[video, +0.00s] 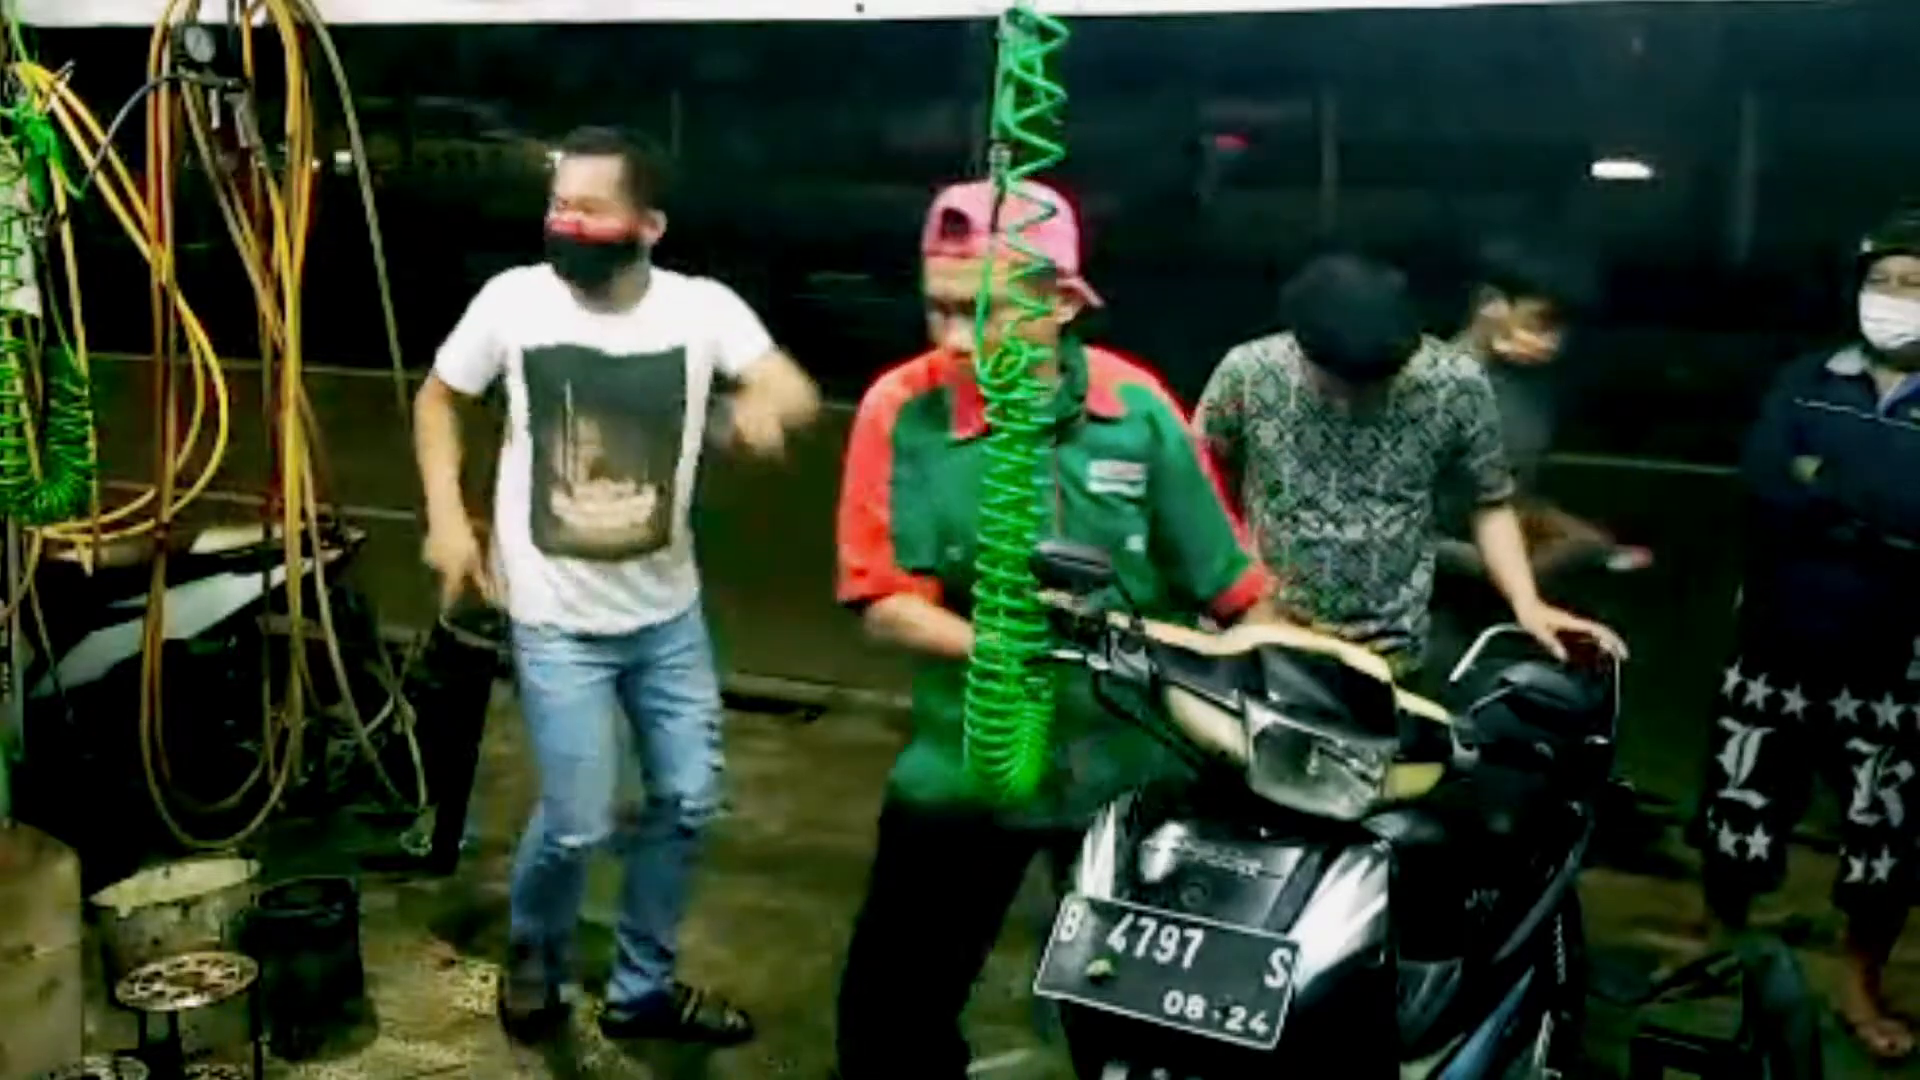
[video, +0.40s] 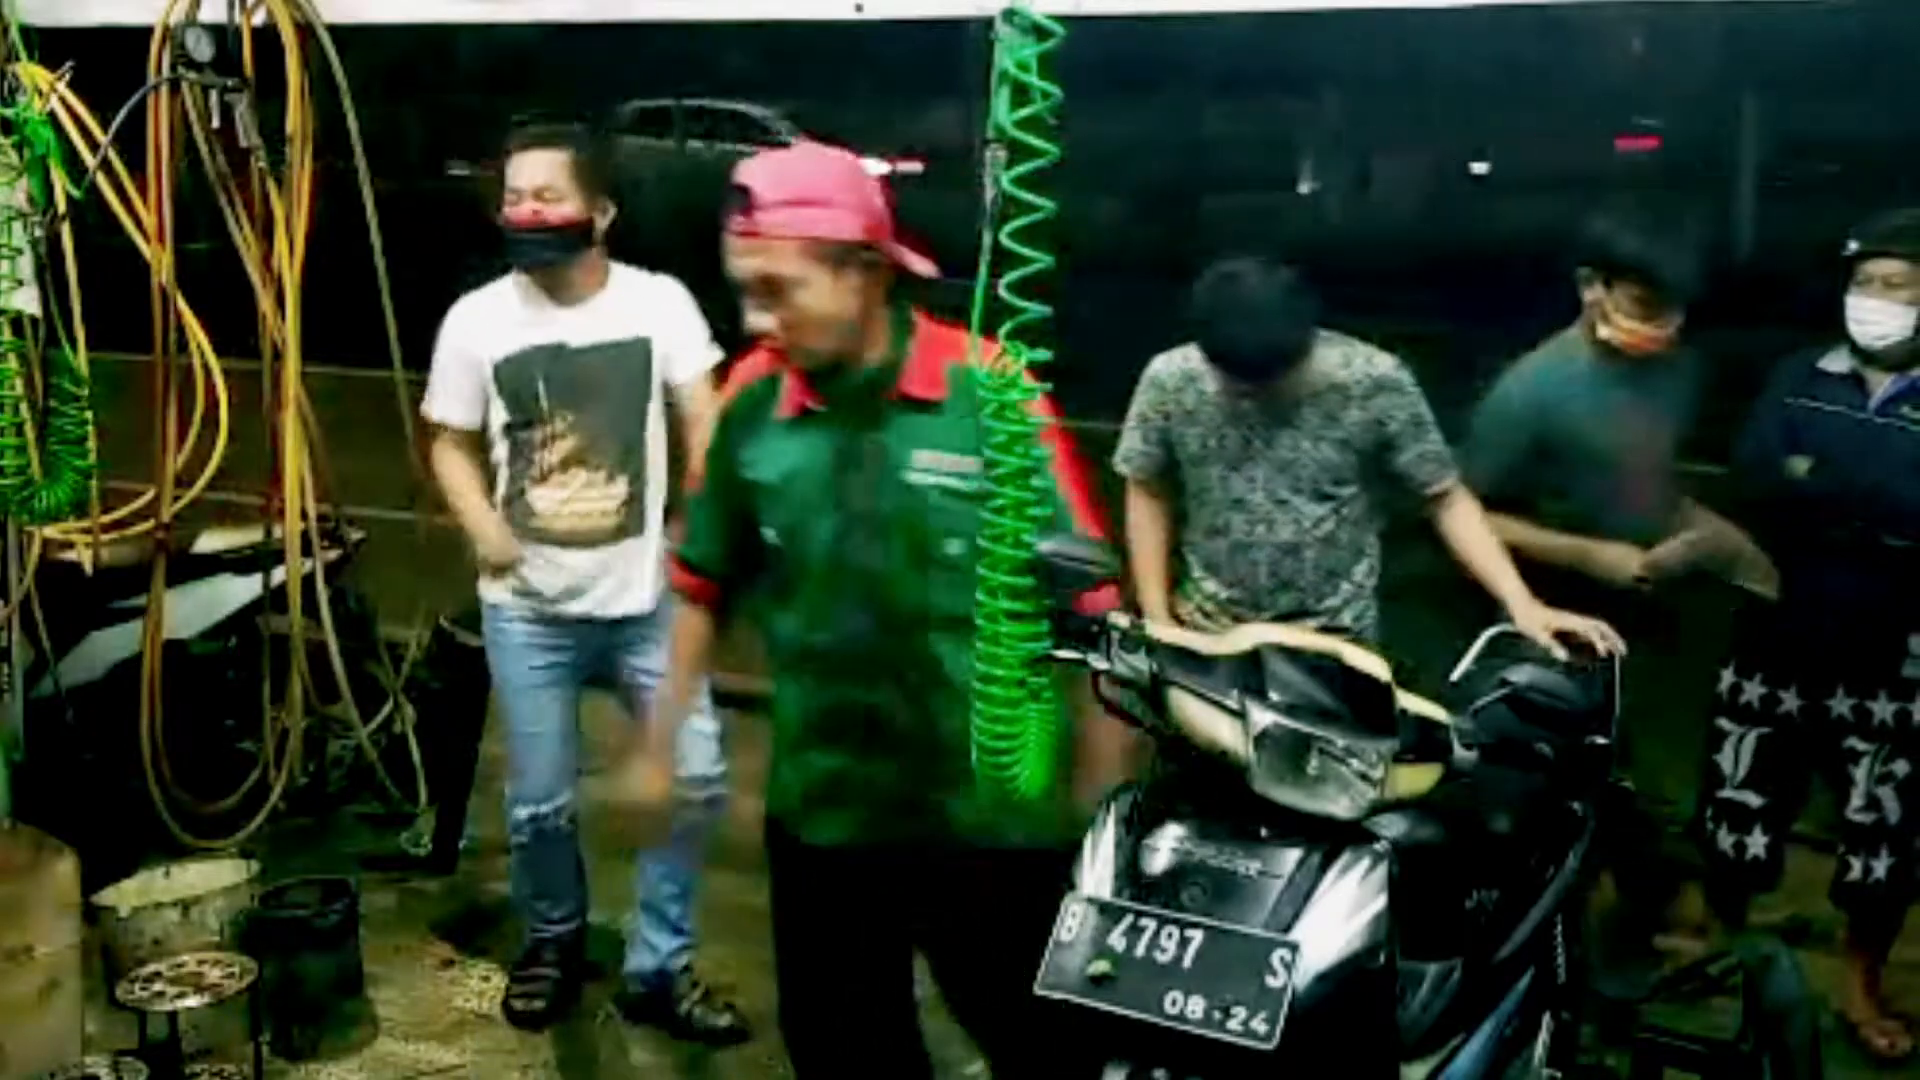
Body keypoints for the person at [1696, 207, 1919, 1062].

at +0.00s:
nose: (1897, 301)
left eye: (1913, 288)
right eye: (1885, 284)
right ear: (1858, 293)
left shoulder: (1918, 412)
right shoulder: (1807, 385)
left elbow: (1910, 517)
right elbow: (1761, 484)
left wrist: (1820, 475)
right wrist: (1871, 520)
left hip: (1889, 660)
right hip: (1782, 644)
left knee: (1884, 841)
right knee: (1737, 813)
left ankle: (1862, 981)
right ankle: (1716, 944)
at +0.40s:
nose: (1879, 304)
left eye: (1899, 291)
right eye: (1868, 286)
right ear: (1845, 293)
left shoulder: (1917, 411)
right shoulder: (1799, 384)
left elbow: (1909, 512)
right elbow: (1748, 483)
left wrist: (1814, 476)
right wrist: (1860, 507)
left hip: (1890, 649)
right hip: (1782, 632)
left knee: (1883, 832)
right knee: (1737, 799)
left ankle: (1863, 980)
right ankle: (1719, 932)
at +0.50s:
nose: (1876, 306)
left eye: (1896, 292)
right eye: (1864, 288)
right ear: (1838, 296)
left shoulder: (1918, 406)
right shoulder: (1787, 388)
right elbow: (1725, 496)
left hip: (1892, 656)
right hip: (1784, 643)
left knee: (1886, 837)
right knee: (1757, 808)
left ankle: (1862, 984)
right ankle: (1724, 942)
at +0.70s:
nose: (1868, 305)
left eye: (1888, 291)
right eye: (1856, 287)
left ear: (1918, 304)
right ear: (1835, 294)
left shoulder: (1908, 410)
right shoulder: (1805, 398)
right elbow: (1794, 524)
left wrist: (1882, 649)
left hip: (1901, 652)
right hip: (1815, 645)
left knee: (1885, 843)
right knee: (1820, 831)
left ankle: (1860, 995)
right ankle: (1823, 994)